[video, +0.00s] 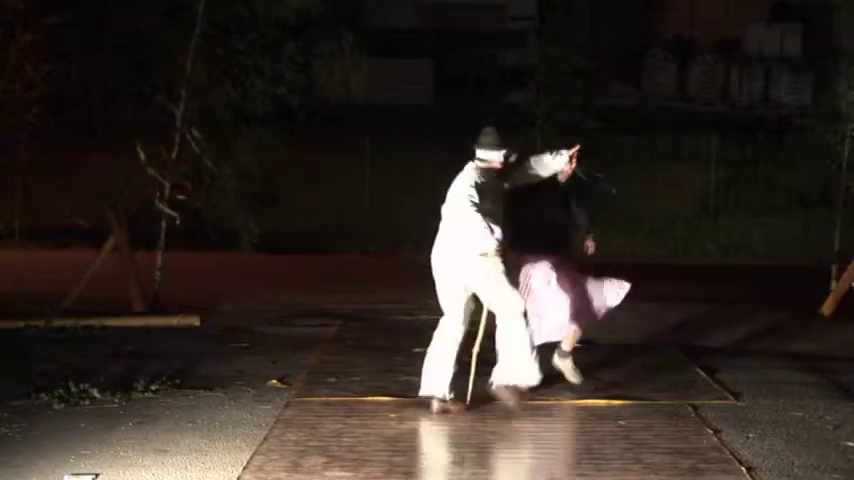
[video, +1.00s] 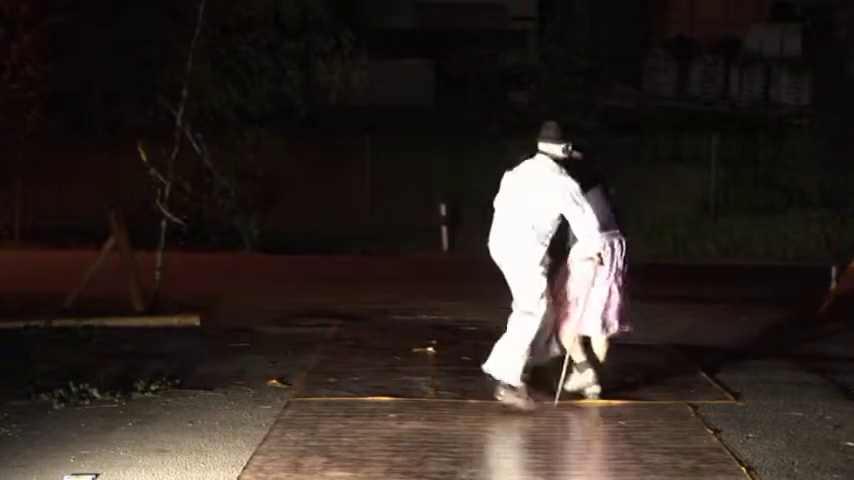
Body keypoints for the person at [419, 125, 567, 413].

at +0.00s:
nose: (503, 160)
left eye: (503, 155)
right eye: (499, 155)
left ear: (491, 155)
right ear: (488, 156)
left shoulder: (493, 175)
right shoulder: (469, 181)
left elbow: (524, 171)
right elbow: (468, 217)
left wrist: (557, 160)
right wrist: (488, 247)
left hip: (449, 258)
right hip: (470, 257)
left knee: (454, 319)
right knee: (510, 306)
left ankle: (436, 390)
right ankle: (509, 379)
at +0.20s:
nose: (515, 169)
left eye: (513, 164)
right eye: (512, 165)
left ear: (490, 165)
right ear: (509, 167)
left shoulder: (485, 187)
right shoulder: (490, 193)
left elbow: (501, 229)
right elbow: (504, 230)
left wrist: (522, 256)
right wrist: (529, 257)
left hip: (470, 265)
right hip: (480, 269)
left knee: (488, 315)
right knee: (503, 329)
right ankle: (486, 399)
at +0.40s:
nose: (526, 152)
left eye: (526, 147)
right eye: (523, 148)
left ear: (504, 147)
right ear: (515, 149)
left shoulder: (500, 169)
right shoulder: (502, 174)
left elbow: (508, 218)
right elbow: (511, 219)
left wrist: (526, 253)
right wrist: (534, 254)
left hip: (488, 253)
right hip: (488, 256)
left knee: (498, 318)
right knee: (497, 320)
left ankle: (489, 387)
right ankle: (487, 390)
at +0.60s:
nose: (539, 165)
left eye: (539, 159)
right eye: (535, 160)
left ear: (517, 159)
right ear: (525, 162)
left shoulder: (512, 180)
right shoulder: (510, 189)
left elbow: (527, 145)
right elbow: (513, 236)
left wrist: (535, 121)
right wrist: (539, 265)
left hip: (502, 265)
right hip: (496, 268)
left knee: (513, 325)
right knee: (508, 327)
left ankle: (519, 388)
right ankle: (481, 394)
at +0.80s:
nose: (547, 164)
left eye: (547, 159)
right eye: (546, 159)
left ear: (527, 153)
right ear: (543, 158)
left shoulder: (518, 173)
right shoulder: (530, 180)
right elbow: (538, 219)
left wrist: (548, 251)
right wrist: (559, 250)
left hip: (493, 251)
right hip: (507, 258)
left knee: (542, 278)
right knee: (506, 325)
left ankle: (530, 339)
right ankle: (483, 391)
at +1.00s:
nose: (567, 154)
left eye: (566, 149)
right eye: (566, 150)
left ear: (539, 147)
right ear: (562, 151)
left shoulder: (515, 173)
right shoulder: (562, 183)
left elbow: (500, 205)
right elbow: (582, 219)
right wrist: (595, 247)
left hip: (499, 246)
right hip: (528, 252)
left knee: (537, 301)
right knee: (531, 309)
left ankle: (540, 352)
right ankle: (507, 378)